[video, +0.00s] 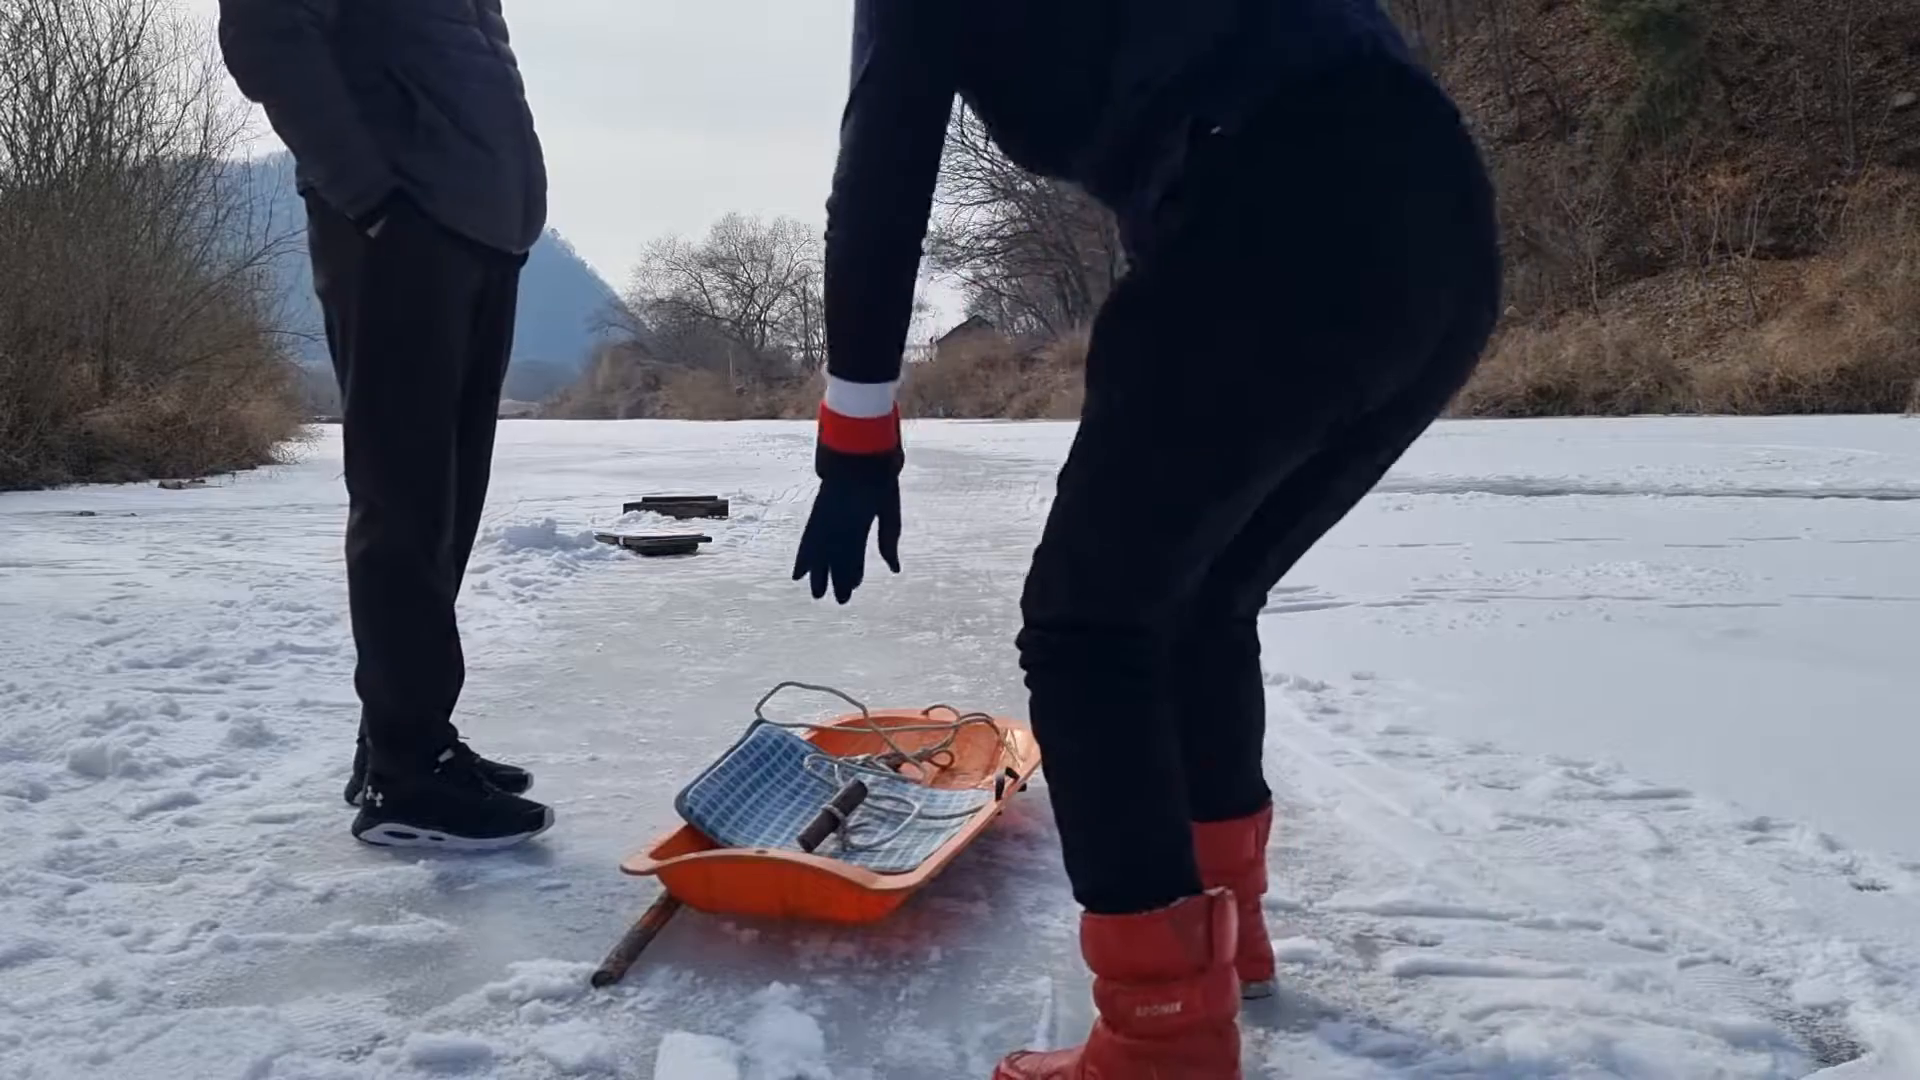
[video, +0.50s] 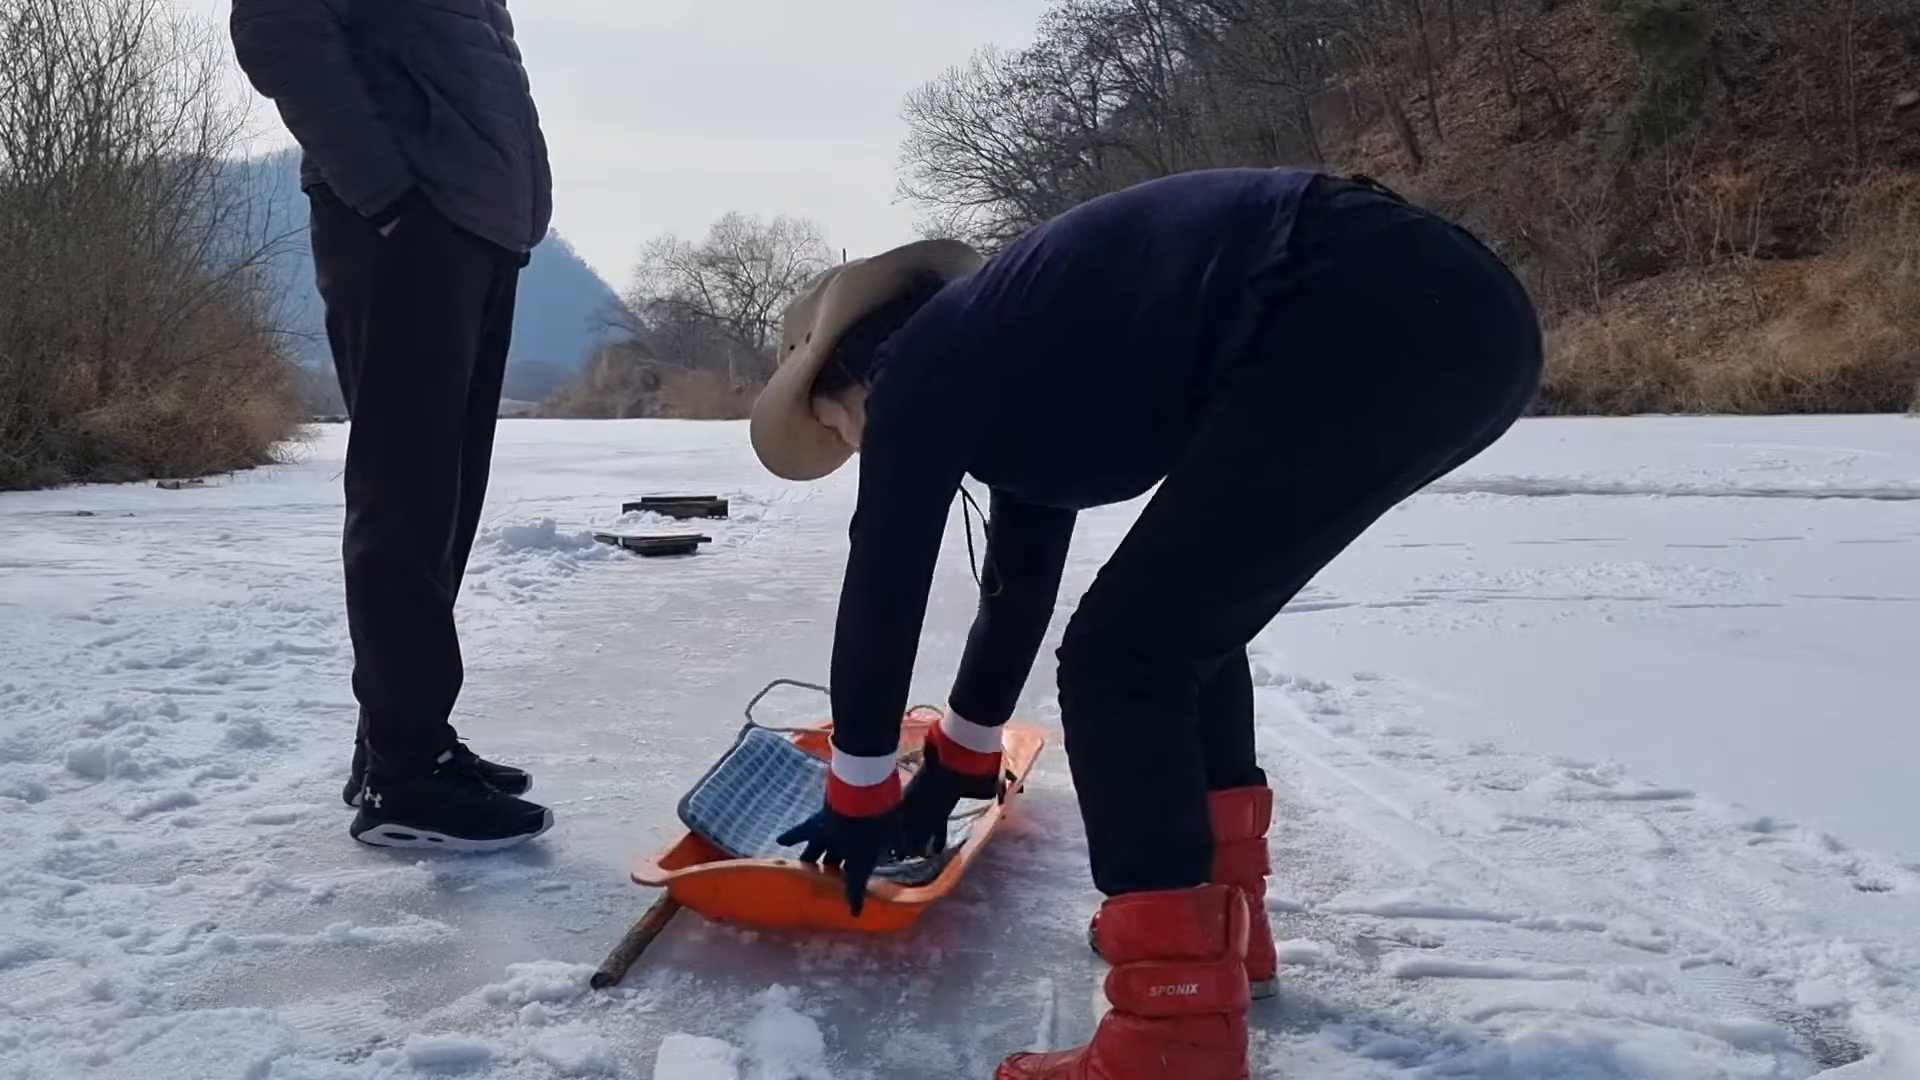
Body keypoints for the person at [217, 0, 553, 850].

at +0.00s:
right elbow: (261, 30)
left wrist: (506, 182)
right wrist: (368, 190)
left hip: (480, 221)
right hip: (397, 214)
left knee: (446, 500)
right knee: (403, 499)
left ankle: (415, 747)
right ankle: (403, 774)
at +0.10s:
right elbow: (266, 27)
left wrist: (507, 179)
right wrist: (375, 188)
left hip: (479, 219)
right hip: (400, 212)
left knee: (446, 495)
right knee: (405, 495)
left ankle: (415, 746)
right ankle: (402, 772)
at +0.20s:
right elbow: (271, 28)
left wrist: (506, 179)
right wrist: (380, 188)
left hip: (477, 216)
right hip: (403, 210)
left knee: (445, 493)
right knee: (406, 494)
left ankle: (416, 749)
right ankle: (402, 774)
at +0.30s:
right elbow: (274, 25)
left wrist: (506, 186)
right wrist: (383, 189)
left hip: (478, 217)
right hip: (403, 211)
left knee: (444, 493)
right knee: (405, 493)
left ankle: (416, 748)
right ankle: (402, 773)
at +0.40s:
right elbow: (275, 25)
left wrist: (505, 188)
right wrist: (384, 189)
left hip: (478, 218)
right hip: (403, 211)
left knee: (443, 494)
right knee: (404, 494)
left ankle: (416, 747)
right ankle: (402, 772)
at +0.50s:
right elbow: (274, 26)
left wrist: (506, 185)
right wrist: (383, 188)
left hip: (477, 219)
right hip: (402, 211)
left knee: (443, 494)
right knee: (403, 493)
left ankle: (416, 747)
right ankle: (401, 771)